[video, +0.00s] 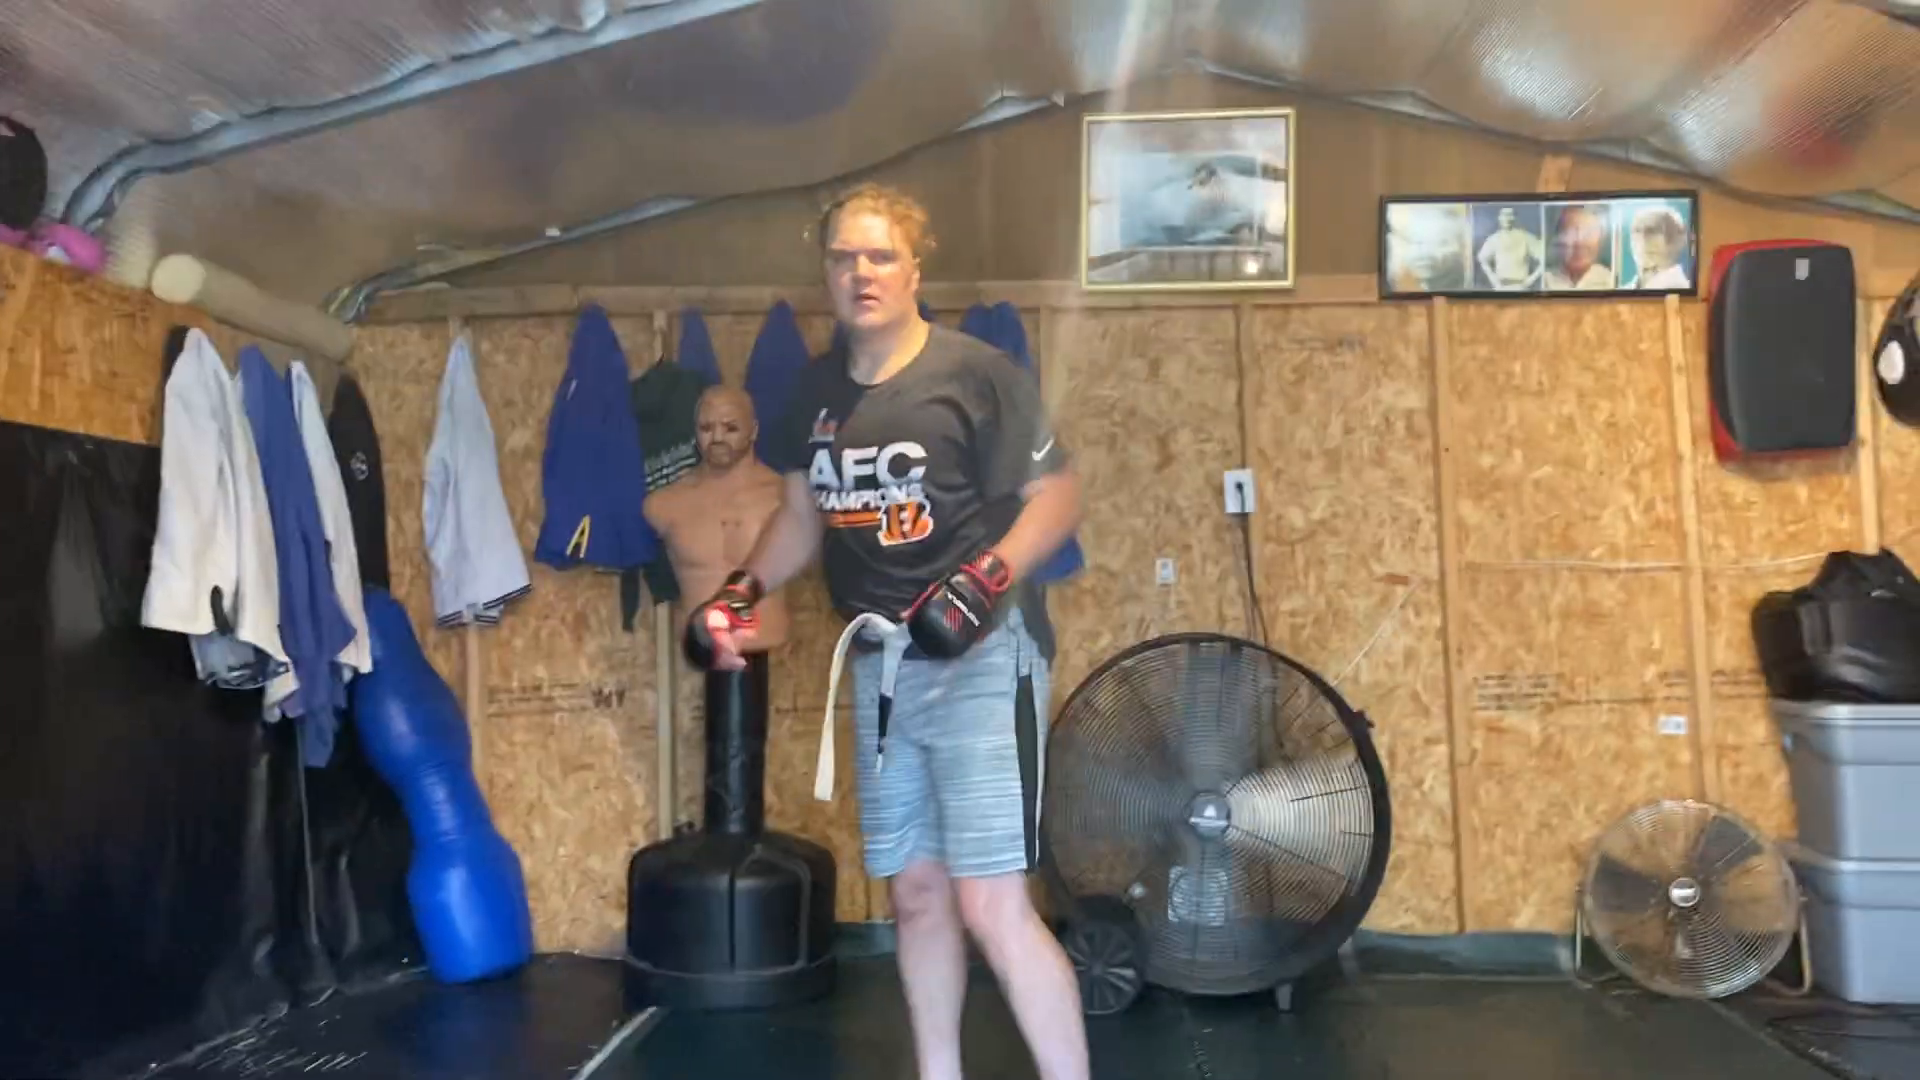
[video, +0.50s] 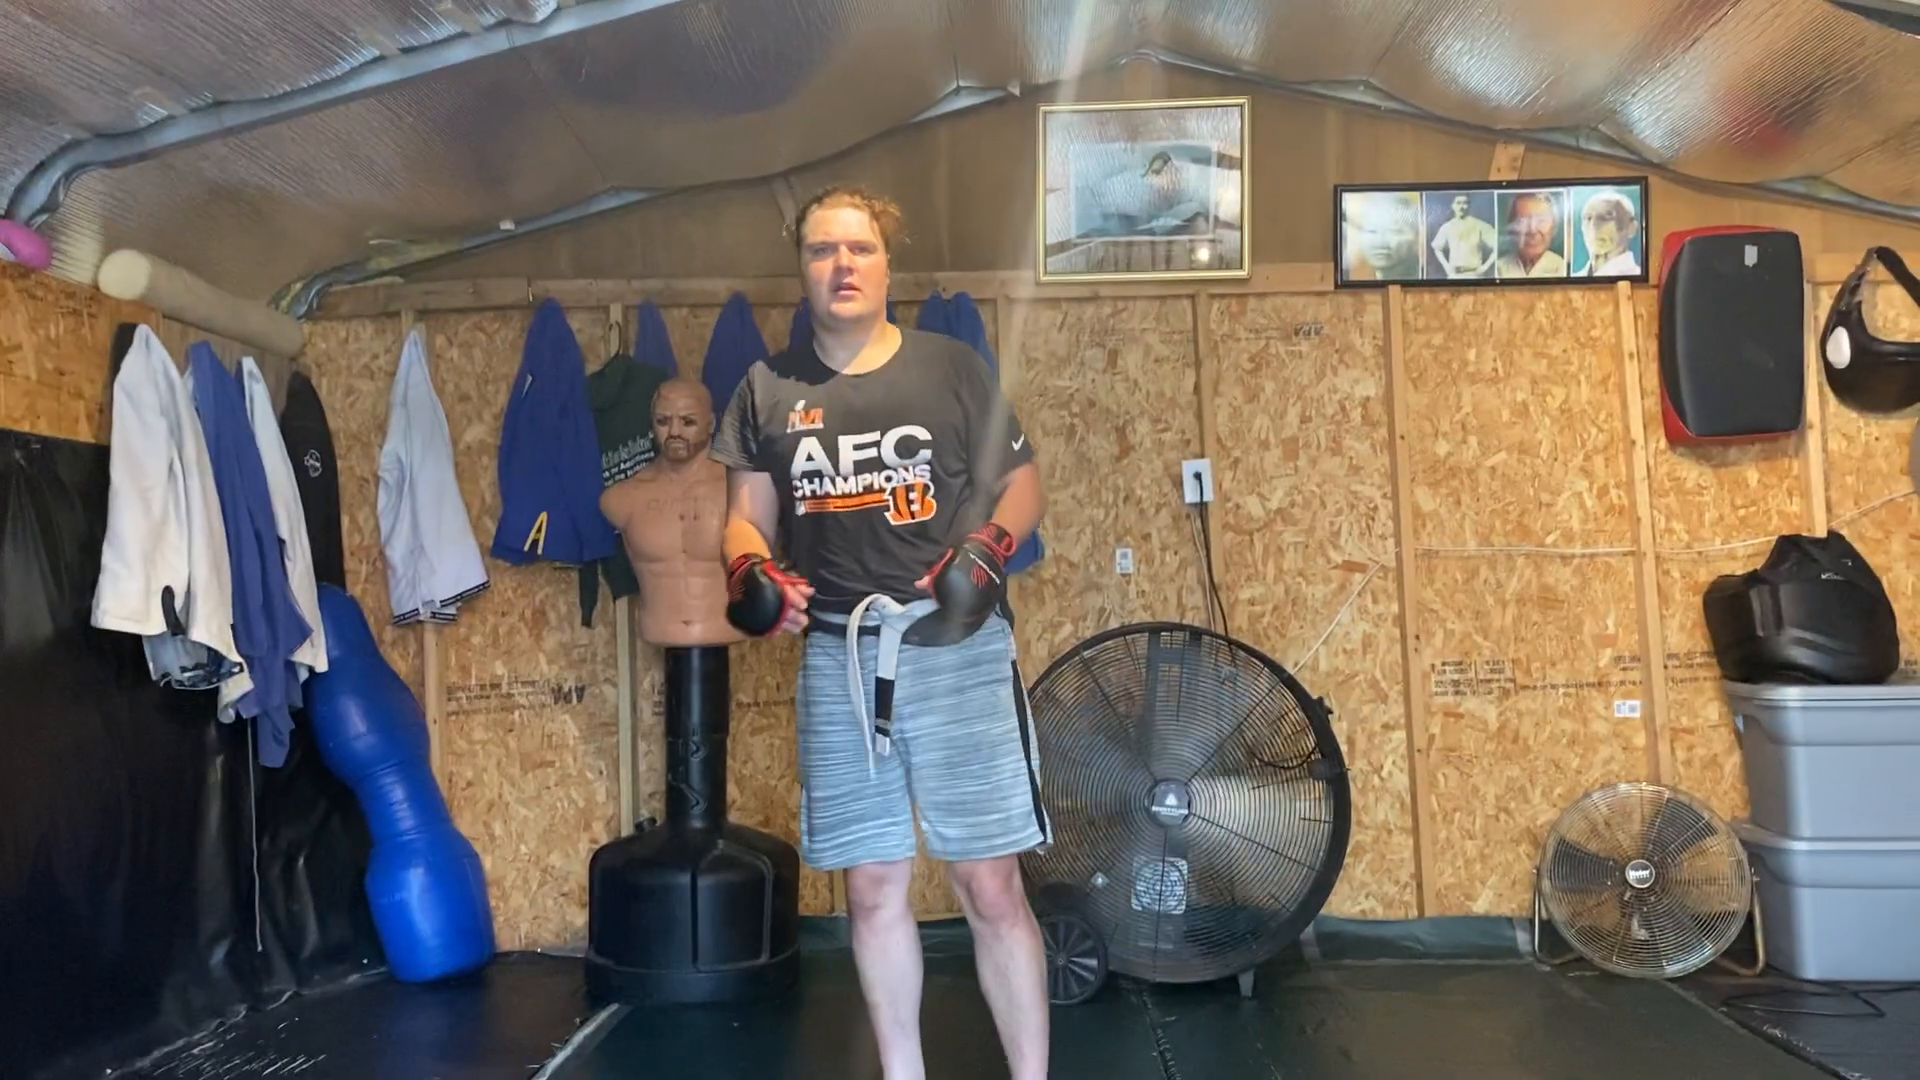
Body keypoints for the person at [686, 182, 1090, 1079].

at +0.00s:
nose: (861, 274)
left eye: (880, 258)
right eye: (844, 259)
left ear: (915, 272)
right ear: (825, 276)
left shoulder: (981, 374)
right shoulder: (819, 390)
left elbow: (1058, 495)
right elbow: (800, 517)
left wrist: (985, 578)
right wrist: (742, 592)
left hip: (979, 659)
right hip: (880, 665)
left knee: (990, 896)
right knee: (917, 892)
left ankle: (1070, 1074)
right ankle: (940, 1076)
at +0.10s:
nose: (831, 274)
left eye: (850, 257)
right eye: (814, 259)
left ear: (883, 271)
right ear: (795, 277)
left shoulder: (950, 370)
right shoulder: (779, 396)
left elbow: (1033, 486)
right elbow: (756, 524)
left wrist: (976, 572)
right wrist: (704, 591)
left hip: (958, 655)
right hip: (856, 665)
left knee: (991, 896)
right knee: (892, 893)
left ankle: (1036, 1075)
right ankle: (919, 1075)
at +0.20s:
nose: (823, 273)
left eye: (841, 257)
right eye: (805, 259)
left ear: (873, 270)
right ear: (784, 279)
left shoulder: (945, 370)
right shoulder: (767, 401)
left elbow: (1025, 481)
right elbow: (742, 543)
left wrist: (976, 560)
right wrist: (687, 606)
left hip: (956, 653)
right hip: (843, 664)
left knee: (998, 891)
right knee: (882, 887)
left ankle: (1040, 1074)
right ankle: (912, 1074)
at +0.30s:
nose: (822, 270)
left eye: (839, 254)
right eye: (804, 257)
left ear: (870, 268)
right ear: (783, 276)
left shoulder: (940, 366)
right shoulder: (761, 398)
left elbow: (1017, 478)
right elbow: (740, 536)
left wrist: (976, 556)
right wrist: (710, 594)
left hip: (955, 651)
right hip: (841, 664)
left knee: (997, 882)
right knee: (879, 886)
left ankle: (1044, 1072)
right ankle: (908, 1073)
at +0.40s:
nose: (828, 269)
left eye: (845, 252)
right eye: (811, 254)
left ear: (874, 268)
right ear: (788, 274)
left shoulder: (944, 366)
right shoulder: (761, 394)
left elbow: (1015, 479)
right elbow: (743, 524)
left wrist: (978, 558)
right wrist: (733, 583)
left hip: (956, 649)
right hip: (839, 661)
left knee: (992, 883)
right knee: (876, 887)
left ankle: (1036, 1073)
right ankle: (905, 1074)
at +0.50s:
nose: (842, 264)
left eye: (859, 249)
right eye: (824, 250)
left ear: (889, 266)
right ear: (802, 270)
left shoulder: (953, 367)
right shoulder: (769, 389)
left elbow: (1021, 483)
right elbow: (748, 520)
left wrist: (984, 559)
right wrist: (754, 575)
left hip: (957, 649)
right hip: (837, 658)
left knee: (992, 884)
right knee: (874, 885)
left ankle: (1031, 1074)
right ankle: (903, 1075)